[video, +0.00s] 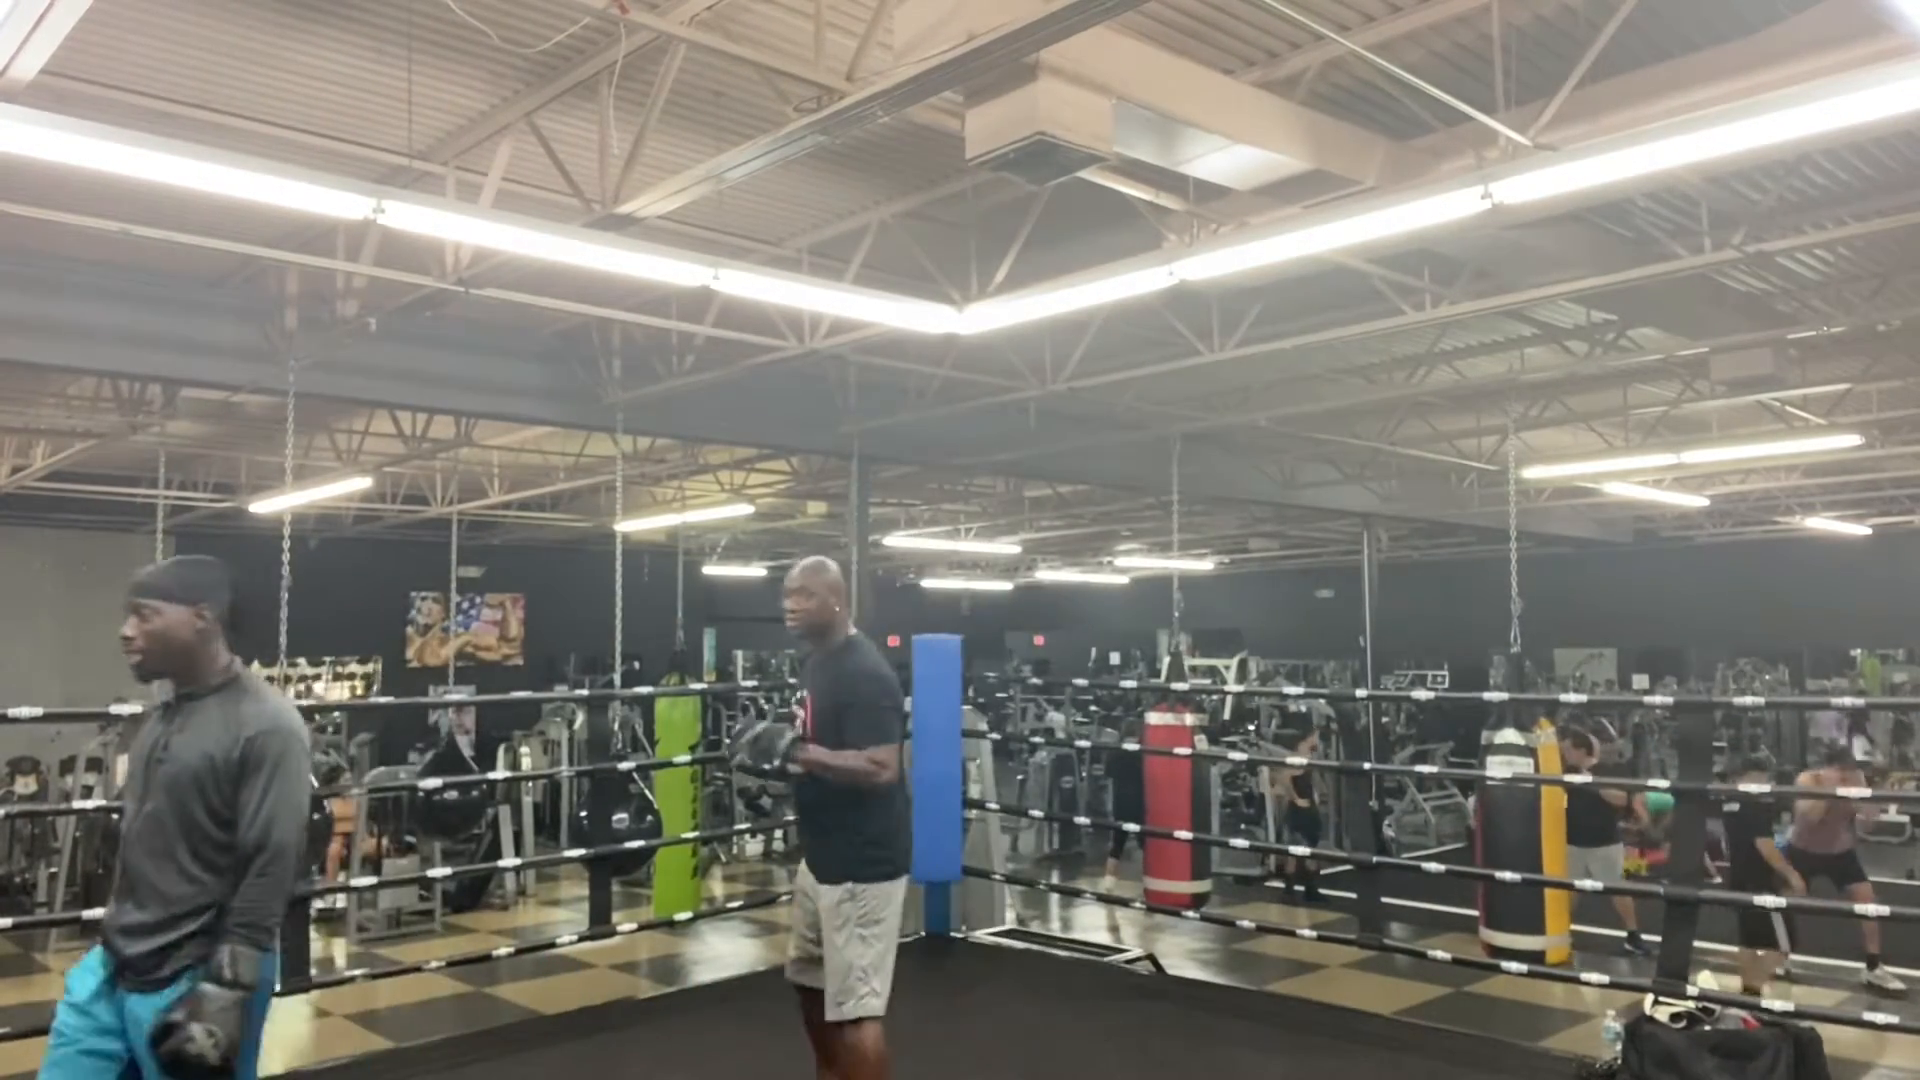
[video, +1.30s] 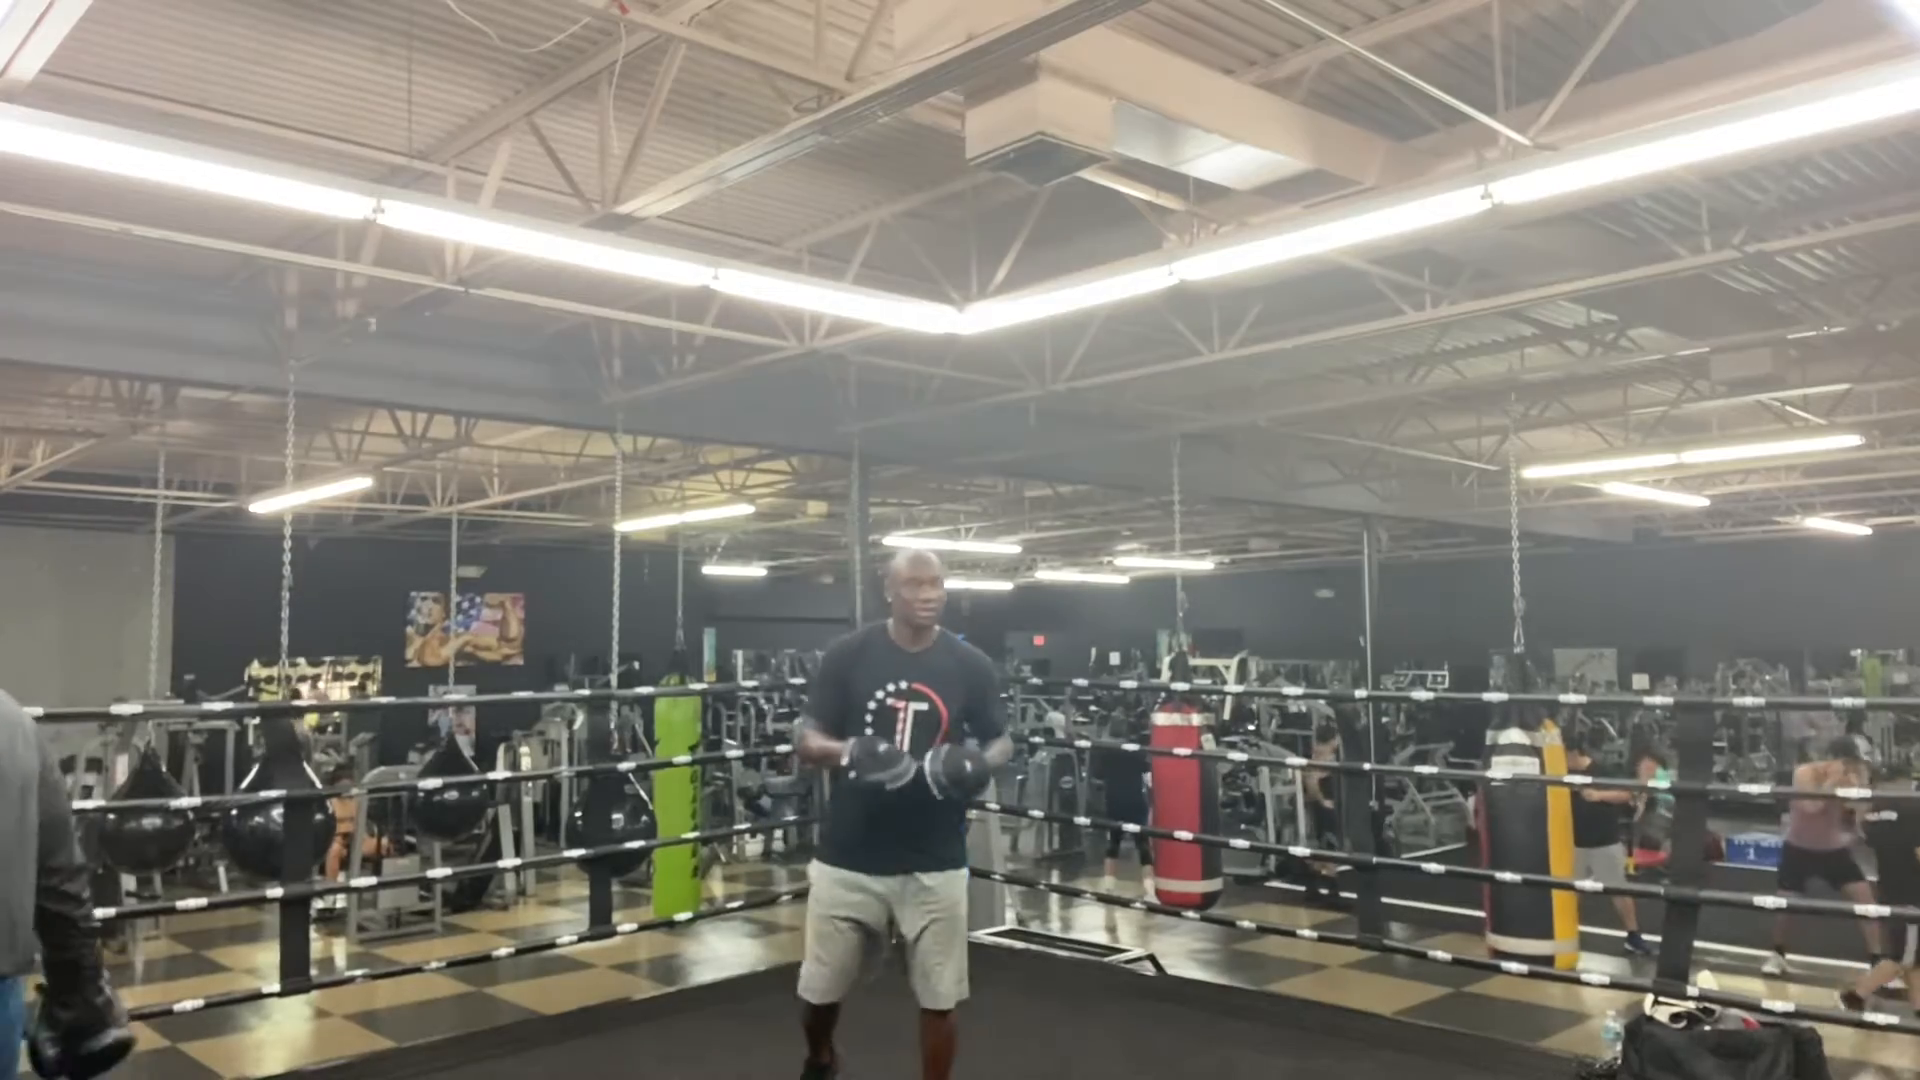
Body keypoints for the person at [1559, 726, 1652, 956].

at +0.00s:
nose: (1565, 754)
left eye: (1569, 750)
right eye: (1565, 750)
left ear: (1584, 751)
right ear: (1569, 751)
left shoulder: (1607, 771)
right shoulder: (1566, 773)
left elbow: (1620, 799)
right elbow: (1554, 801)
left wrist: (1593, 783)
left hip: (1605, 842)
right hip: (1571, 840)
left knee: (1618, 890)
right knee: (1564, 891)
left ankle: (1633, 933)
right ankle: (1559, 933)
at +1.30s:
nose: (1567, 762)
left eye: (1570, 757)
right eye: (1565, 757)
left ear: (1582, 756)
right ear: (1564, 759)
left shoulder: (1603, 773)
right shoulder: (1561, 777)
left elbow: (1626, 794)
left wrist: (1598, 794)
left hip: (1605, 841)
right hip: (1573, 842)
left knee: (1619, 890)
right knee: (1567, 892)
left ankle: (1633, 933)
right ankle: (1563, 936)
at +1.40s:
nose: (1567, 762)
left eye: (1570, 757)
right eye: (1565, 758)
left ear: (1581, 755)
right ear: (1564, 758)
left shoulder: (1600, 773)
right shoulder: (1558, 776)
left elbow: (1626, 794)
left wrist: (1598, 795)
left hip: (1605, 839)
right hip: (1573, 841)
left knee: (1619, 889)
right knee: (1566, 891)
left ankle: (1633, 934)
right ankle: (1562, 936)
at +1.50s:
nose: (1564, 761)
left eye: (1567, 756)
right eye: (1562, 757)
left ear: (1578, 754)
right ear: (1561, 757)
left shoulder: (1600, 770)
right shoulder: (1557, 777)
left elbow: (1627, 793)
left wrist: (1599, 796)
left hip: (1604, 840)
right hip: (1573, 843)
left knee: (1620, 889)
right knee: (1566, 892)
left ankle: (1633, 934)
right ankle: (1563, 937)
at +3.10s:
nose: (1597, 758)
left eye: (1598, 752)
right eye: (1591, 753)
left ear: (1601, 750)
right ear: (1571, 754)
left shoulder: (1606, 773)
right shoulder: (1564, 777)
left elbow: (1624, 791)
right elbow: (1572, 808)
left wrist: (1623, 799)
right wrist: (1607, 803)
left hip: (1607, 840)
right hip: (1575, 843)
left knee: (1620, 890)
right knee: (1565, 892)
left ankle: (1633, 934)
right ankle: (1561, 936)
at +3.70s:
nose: (1608, 760)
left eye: (1610, 755)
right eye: (1604, 754)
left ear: (1612, 753)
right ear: (1590, 750)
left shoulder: (1610, 774)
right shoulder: (1568, 771)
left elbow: (1614, 799)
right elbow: (1554, 797)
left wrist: (1627, 804)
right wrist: (1579, 811)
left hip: (1607, 842)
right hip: (1576, 843)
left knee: (1620, 890)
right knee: (1570, 892)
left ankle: (1633, 935)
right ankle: (1564, 932)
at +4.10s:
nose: (1575, 752)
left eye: (1580, 747)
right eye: (1575, 747)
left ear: (1596, 750)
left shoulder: (1615, 774)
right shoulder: (1567, 773)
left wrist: (1627, 805)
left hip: (1608, 841)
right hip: (1575, 842)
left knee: (1620, 890)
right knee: (1571, 890)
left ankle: (1633, 934)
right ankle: (1564, 932)